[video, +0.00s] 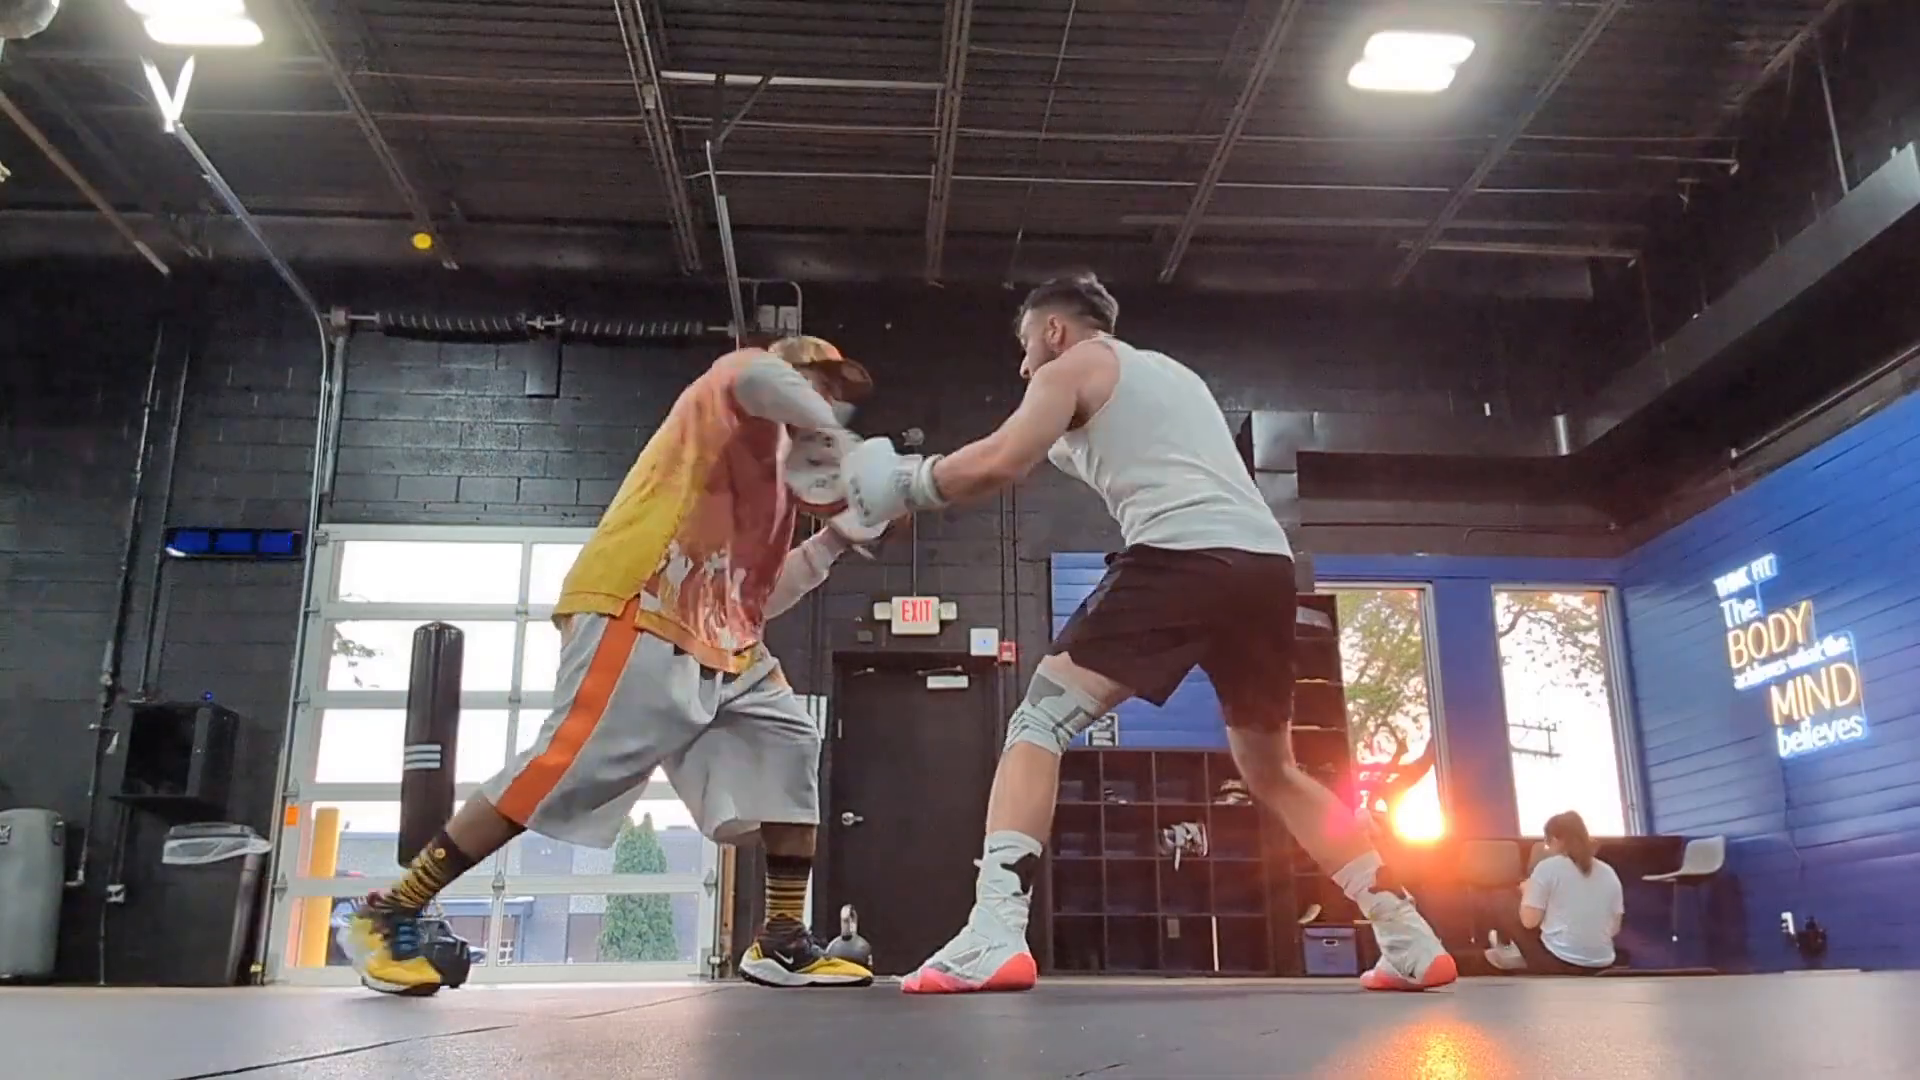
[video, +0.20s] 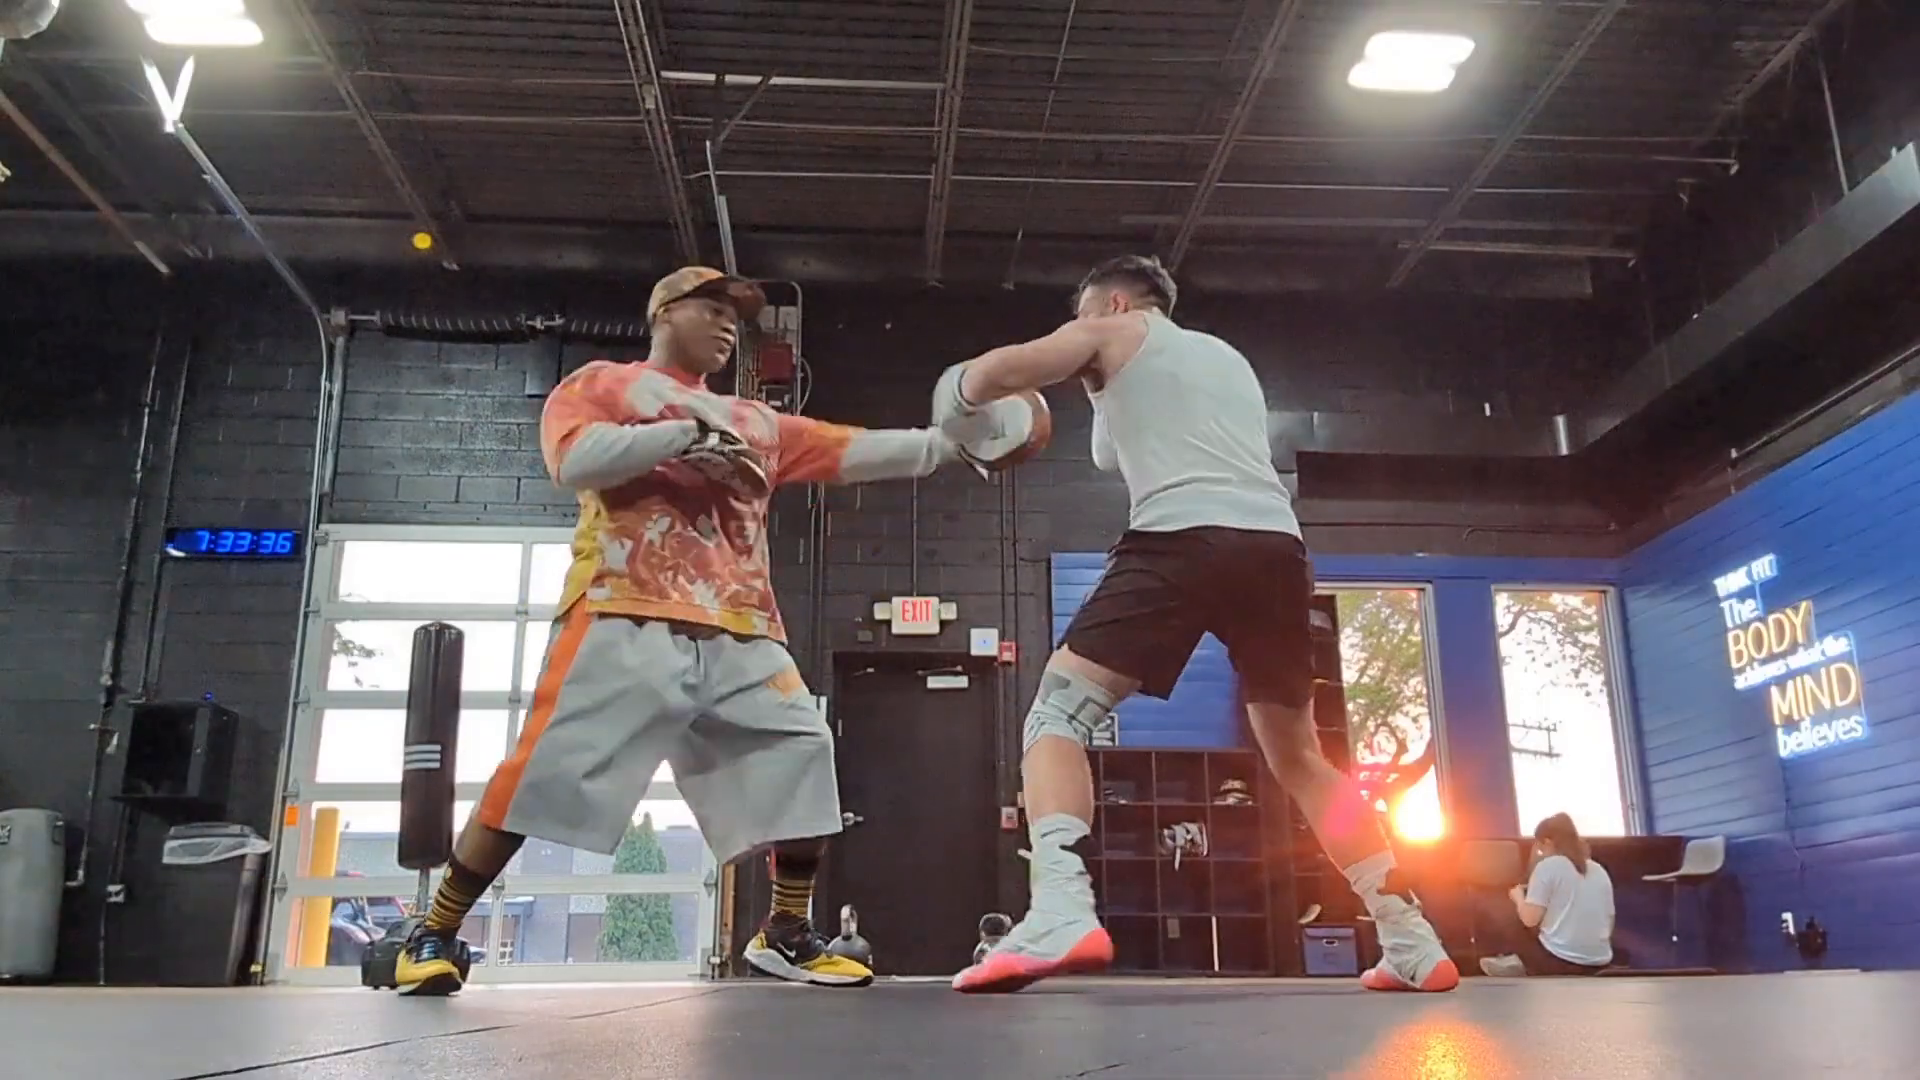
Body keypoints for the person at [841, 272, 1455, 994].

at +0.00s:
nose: (1027, 364)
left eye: (1027, 348)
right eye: (1024, 352)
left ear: (1057, 326)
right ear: (1101, 322)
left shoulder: (1077, 363)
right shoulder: (1178, 377)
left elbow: (1001, 463)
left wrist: (906, 482)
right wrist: (914, 487)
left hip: (1178, 557)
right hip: (1270, 568)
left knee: (1040, 724)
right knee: (1271, 771)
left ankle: (992, 929)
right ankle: (1404, 933)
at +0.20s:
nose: (1078, 328)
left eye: (1083, 313)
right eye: (1078, 317)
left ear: (1116, 301)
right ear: (1159, 303)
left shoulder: (1115, 330)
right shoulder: (1232, 362)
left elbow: (989, 374)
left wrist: (961, 404)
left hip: (1179, 538)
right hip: (1277, 548)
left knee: (1059, 719)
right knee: (1298, 754)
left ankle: (1059, 911)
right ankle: (1408, 938)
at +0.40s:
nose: (1055, 270)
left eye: (1060, 254)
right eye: (1053, 260)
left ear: (1104, 239)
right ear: (1126, 247)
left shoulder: (1119, 274)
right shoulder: (1163, 321)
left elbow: (1091, 333)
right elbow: (1129, 435)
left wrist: (997, 349)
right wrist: (1050, 384)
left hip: (1164, 528)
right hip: (1226, 540)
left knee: (1045, 707)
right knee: (1247, 750)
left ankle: (1072, 931)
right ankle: (1388, 922)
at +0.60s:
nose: (997, 268)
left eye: (1008, 247)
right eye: (994, 255)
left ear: (1061, 238)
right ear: (1047, 251)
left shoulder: (1126, 294)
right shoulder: (1057, 360)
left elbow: (1162, 390)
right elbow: (1016, 472)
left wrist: (1058, 375)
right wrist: (958, 404)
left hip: (1187, 536)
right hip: (1185, 546)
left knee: (1061, 689)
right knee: (1212, 761)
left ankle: (1071, 930)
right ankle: (1383, 914)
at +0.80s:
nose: (991, 412)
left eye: (998, 389)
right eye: (987, 396)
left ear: (1049, 377)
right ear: (1048, 386)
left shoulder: (1095, 399)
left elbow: (1080, 505)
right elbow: (1090, 582)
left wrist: (996, 494)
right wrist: (1024, 525)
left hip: (1222, 606)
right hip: (1279, 624)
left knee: (1037, 707)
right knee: (1217, 791)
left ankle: (1067, 935)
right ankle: (1377, 932)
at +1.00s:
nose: (1072, 429)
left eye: (1078, 409)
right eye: (1069, 416)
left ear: (1117, 392)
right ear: (1131, 398)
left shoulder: (1143, 408)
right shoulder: (1213, 456)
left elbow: (1137, 457)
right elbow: (1182, 592)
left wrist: (1052, 487)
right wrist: (1119, 545)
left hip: (1228, 610)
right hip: (1310, 630)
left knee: (1047, 732)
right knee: (1254, 788)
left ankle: (1064, 921)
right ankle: (1393, 943)